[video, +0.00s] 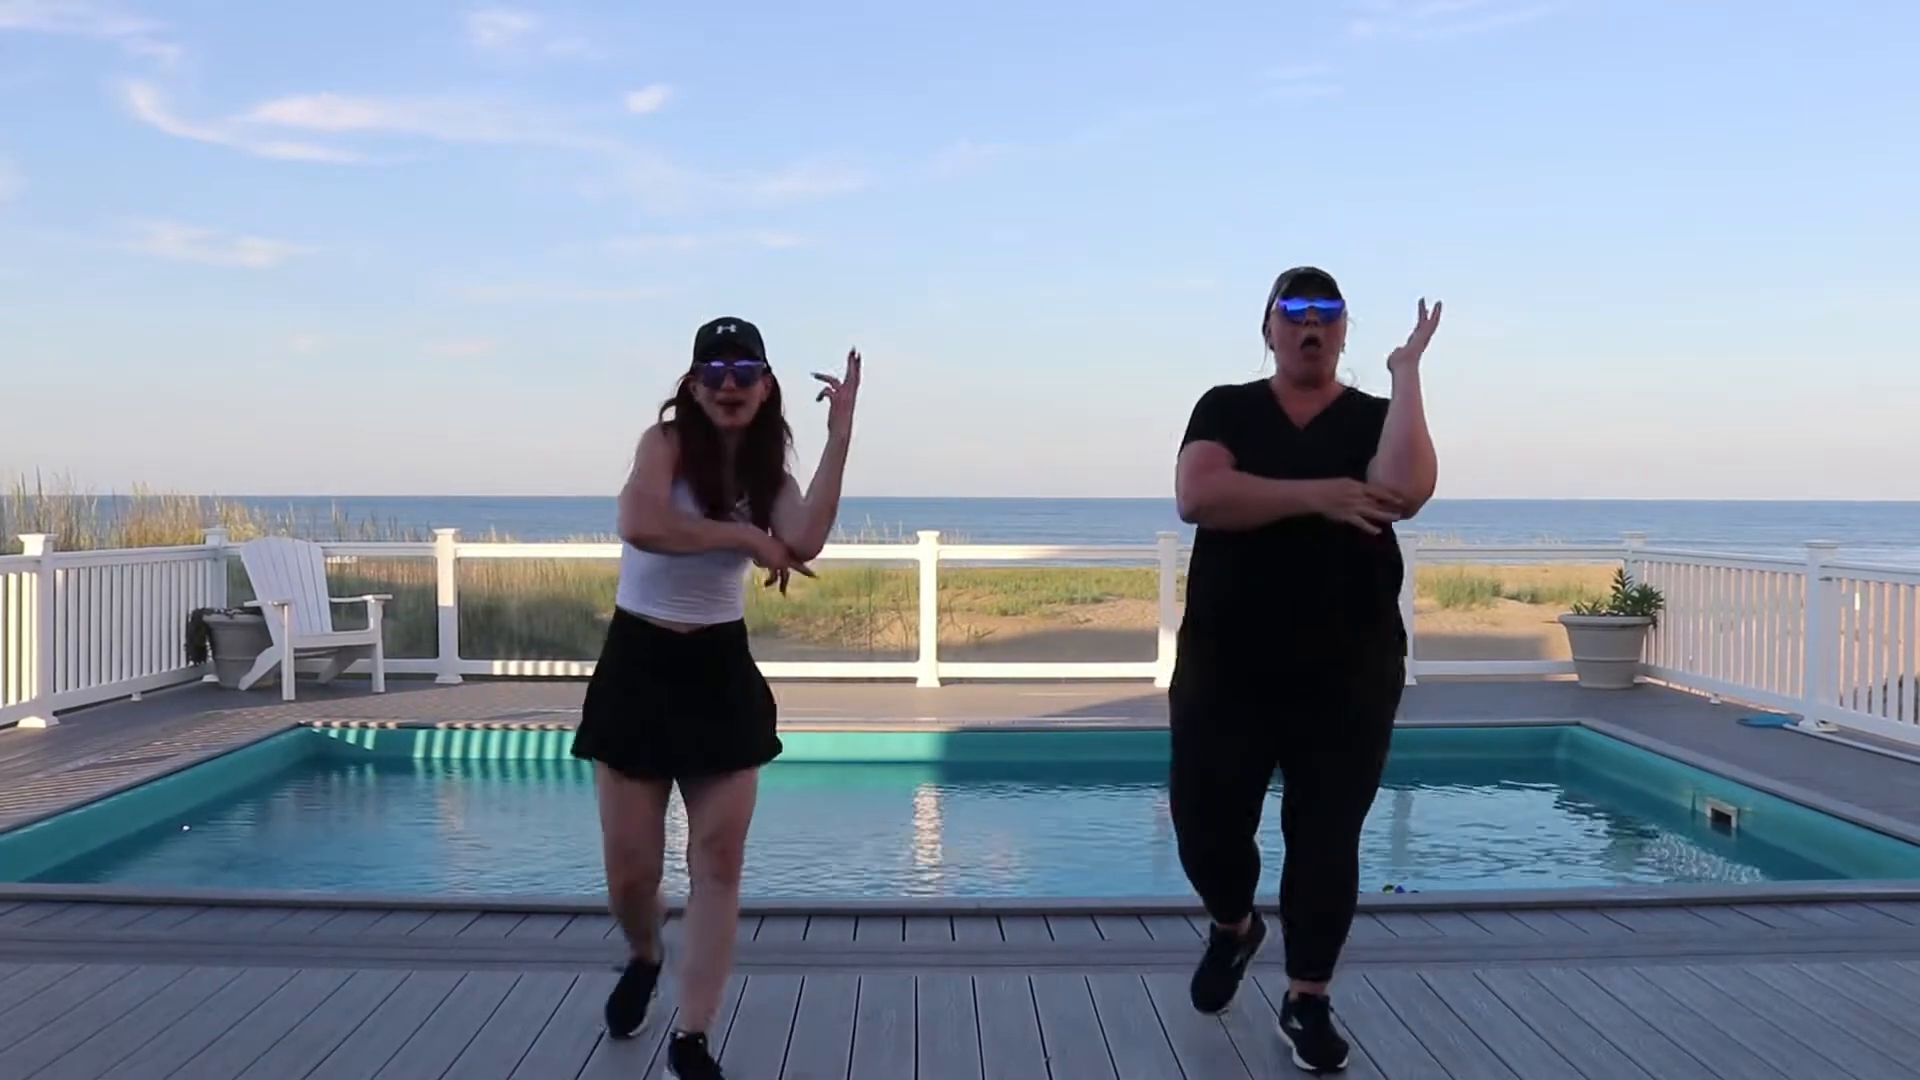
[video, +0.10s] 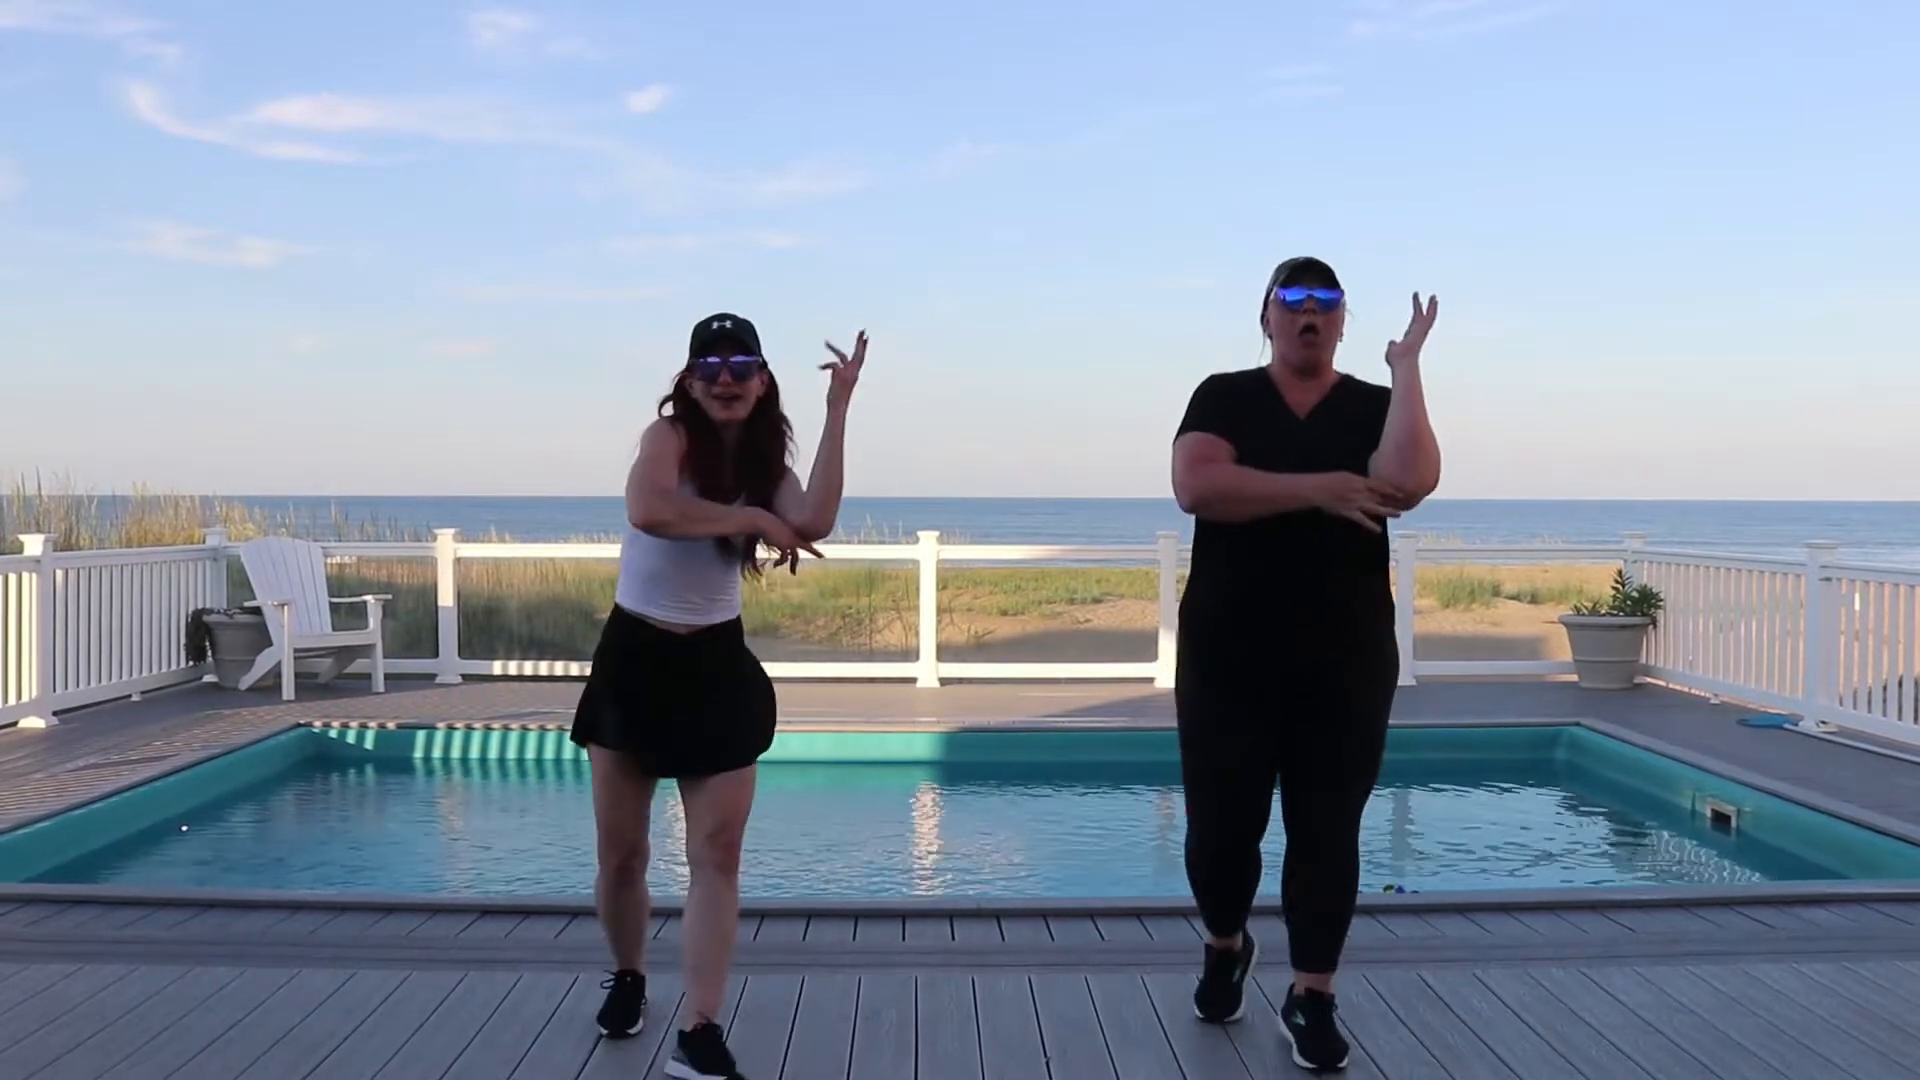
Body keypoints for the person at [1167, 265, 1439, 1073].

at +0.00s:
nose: (1310, 324)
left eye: (1325, 313)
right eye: (1296, 312)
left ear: (1344, 331)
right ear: (1270, 329)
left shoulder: (1377, 420)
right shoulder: (1227, 408)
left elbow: (1408, 489)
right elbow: (1198, 497)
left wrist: (1404, 373)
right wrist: (1318, 495)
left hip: (1346, 669)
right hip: (1227, 662)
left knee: (1327, 835)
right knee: (1205, 820)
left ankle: (1310, 995)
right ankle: (1235, 924)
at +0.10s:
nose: (1310, 313)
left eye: (1325, 302)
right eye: (1294, 301)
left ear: (1342, 321)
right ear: (1267, 318)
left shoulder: (1376, 409)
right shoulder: (1224, 396)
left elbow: (1409, 481)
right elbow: (1196, 487)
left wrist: (1405, 367)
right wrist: (1318, 489)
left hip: (1344, 660)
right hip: (1229, 657)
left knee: (1328, 829)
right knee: (1219, 826)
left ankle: (1314, 992)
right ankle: (1225, 944)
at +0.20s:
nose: (1310, 304)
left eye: (1324, 293)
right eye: (1295, 291)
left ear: (1340, 308)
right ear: (1266, 303)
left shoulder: (1374, 392)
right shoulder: (1225, 378)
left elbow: (1420, 457)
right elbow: (1197, 461)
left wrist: (1409, 344)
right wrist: (1322, 467)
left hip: (1340, 646)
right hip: (1226, 642)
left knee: (1331, 817)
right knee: (1227, 810)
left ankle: (1318, 984)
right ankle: (1225, 947)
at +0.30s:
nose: (1309, 299)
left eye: (1322, 289)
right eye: (1294, 287)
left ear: (1338, 304)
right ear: (1264, 300)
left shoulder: (1372, 388)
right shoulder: (1228, 372)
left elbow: (1430, 466)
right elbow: (1201, 447)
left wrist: (1390, 365)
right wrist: (1316, 483)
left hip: (1342, 636)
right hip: (1229, 633)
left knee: (1327, 811)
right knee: (1226, 803)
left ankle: (1299, 959)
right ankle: (1226, 948)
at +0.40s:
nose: (1307, 322)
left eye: (1320, 310)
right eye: (1291, 310)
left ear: (1338, 321)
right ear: (1264, 322)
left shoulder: (1382, 406)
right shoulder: (1226, 391)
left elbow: (1436, 493)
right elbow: (1202, 457)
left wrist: (1350, 457)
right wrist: (1265, 476)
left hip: (1341, 660)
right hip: (1226, 655)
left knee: (1314, 821)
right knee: (1212, 817)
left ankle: (1294, 968)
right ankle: (1222, 960)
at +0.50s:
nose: (1305, 324)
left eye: (1318, 313)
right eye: (1289, 313)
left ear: (1337, 328)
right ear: (1261, 327)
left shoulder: (1379, 412)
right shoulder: (1222, 404)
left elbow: (1426, 503)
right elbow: (1198, 481)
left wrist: (1318, 494)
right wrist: (1260, 395)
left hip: (1343, 658)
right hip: (1228, 654)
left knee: (1314, 821)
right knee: (1223, 821)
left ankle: (1294, 972)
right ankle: (1199, 995)